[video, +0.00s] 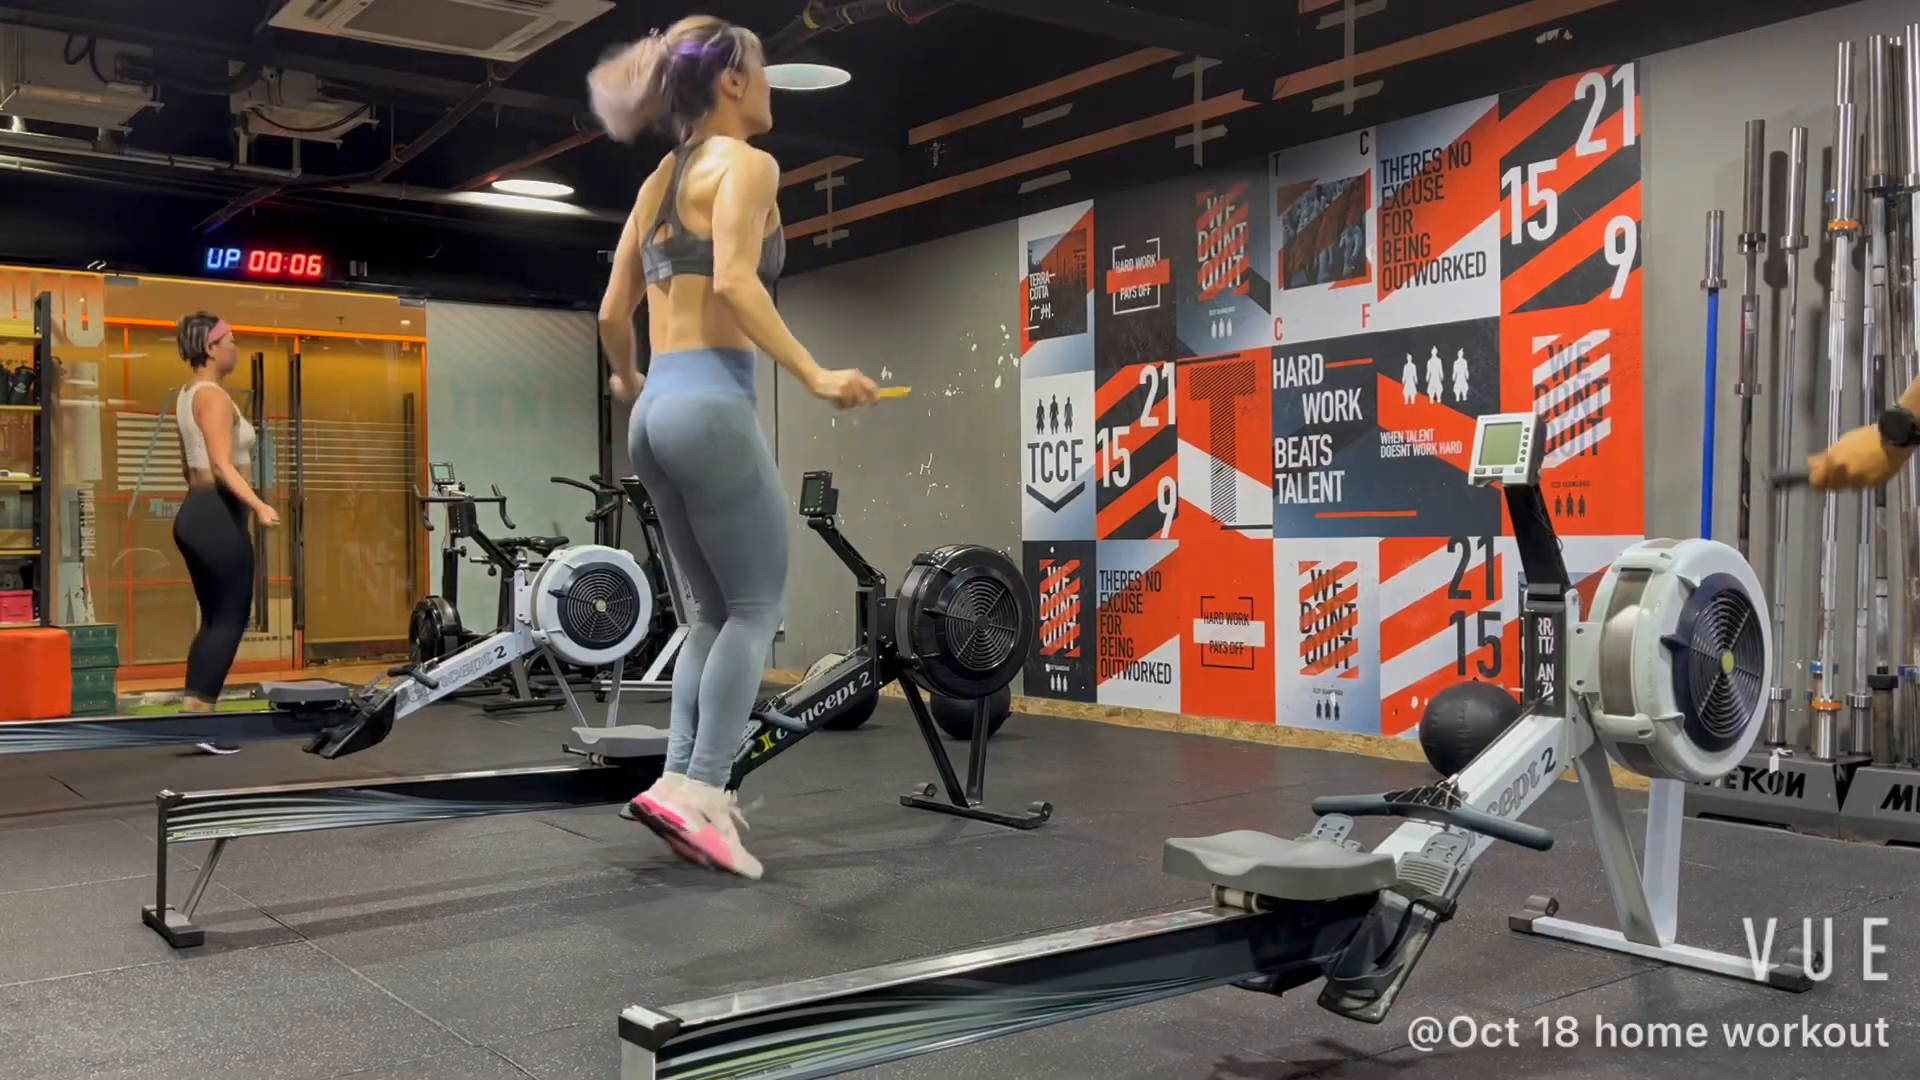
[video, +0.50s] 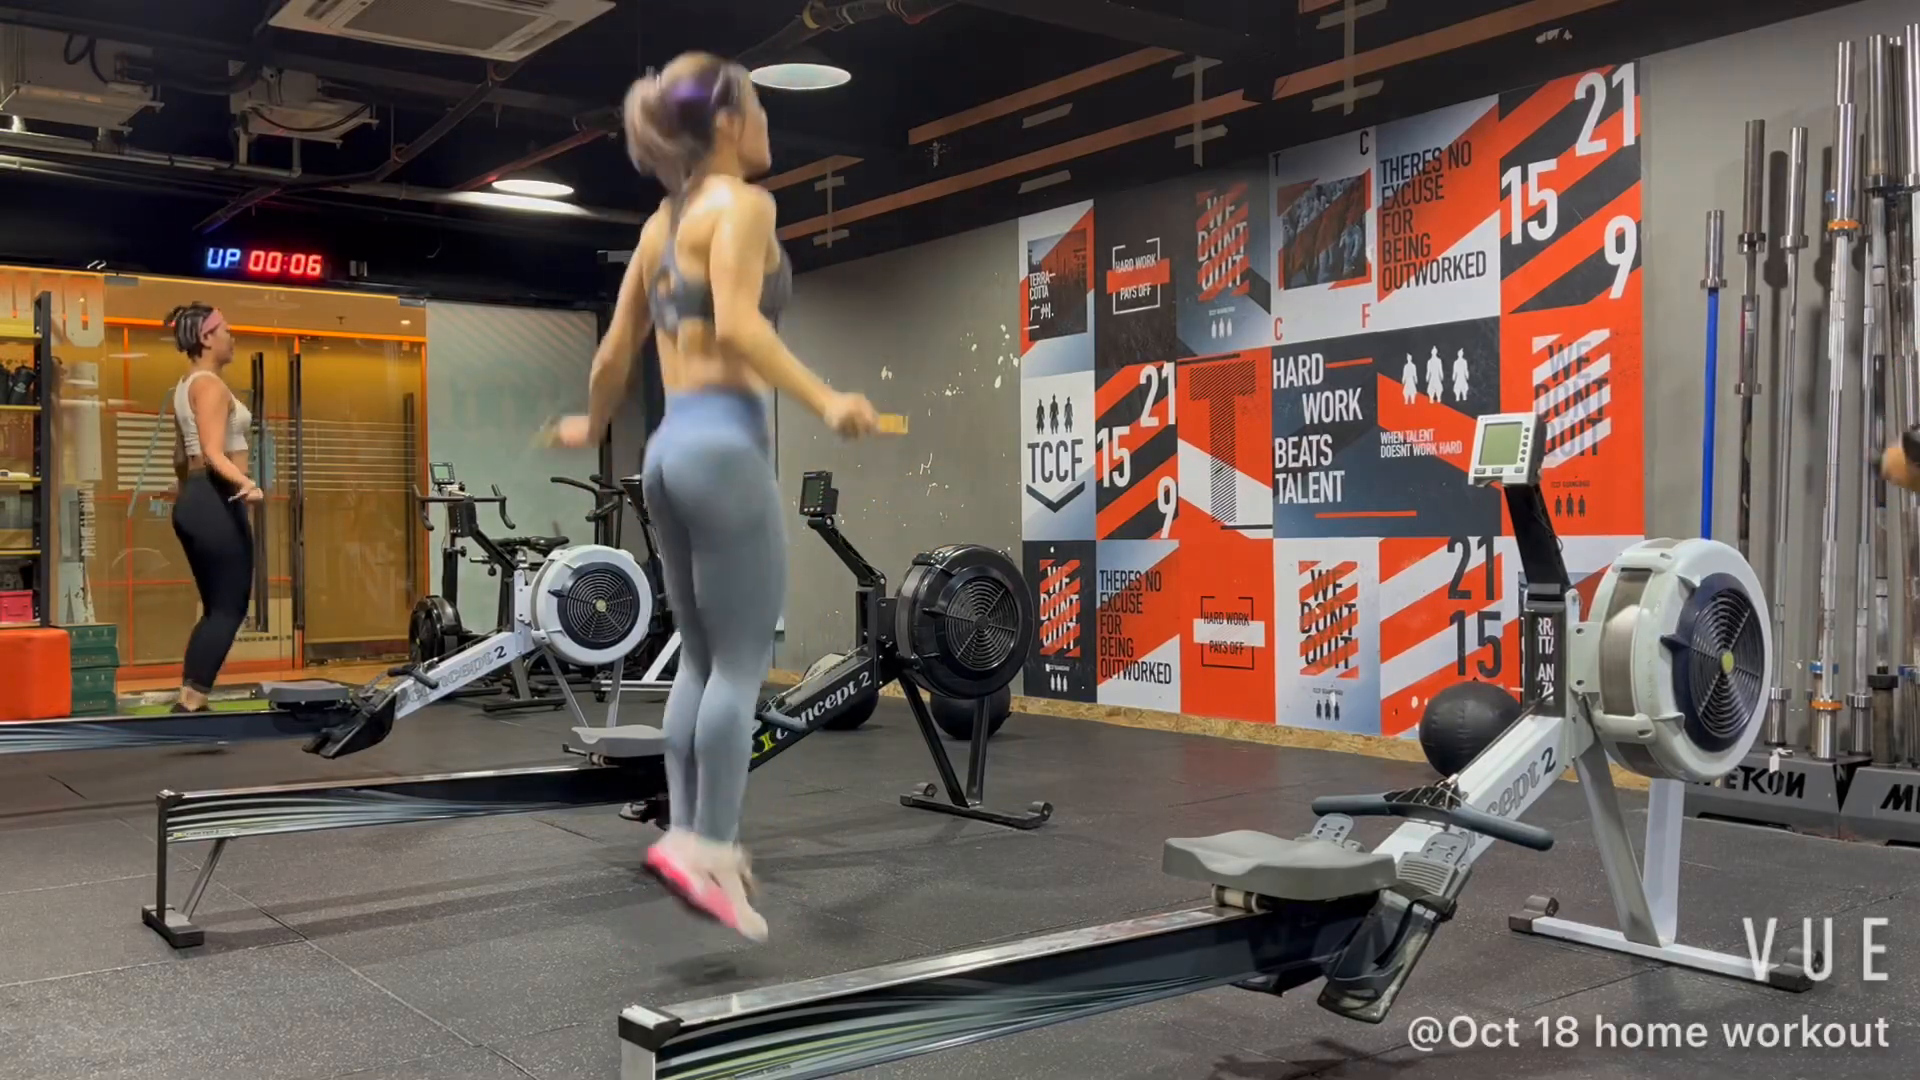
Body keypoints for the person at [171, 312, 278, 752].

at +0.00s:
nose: (236, 348)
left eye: (232, 340)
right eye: (229, 342)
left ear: (204, 350)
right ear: (210, 349)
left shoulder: (189, 395)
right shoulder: (212, 395)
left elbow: (196, 469)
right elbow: (221, 464)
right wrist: (259, 505)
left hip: (197, 512)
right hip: (216, 513)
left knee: (215, 617)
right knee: (232, 617)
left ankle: (196, 708)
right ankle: (200, 710)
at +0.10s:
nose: (234, 333)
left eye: (230, 327)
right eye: (227, 328)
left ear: (203, 338)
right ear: (209, 337)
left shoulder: (187, 386)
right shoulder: (213, 384)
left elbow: (186, 460)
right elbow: (215, 451)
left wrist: (209, 496)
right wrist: (250, 483)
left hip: (197, 496)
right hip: (216, 495)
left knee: (220, 605)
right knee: (232, 602)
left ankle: (202, 695)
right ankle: (204, 696)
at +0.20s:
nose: (236, 348)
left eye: (233, 339)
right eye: (231, 340)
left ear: (203, 348)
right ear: (212, 346)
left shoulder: (188, 396)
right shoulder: (213, 394)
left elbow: (193, 470)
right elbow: (219, 465)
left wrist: (243, 485)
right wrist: (264, 483)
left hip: (200, 512)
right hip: (219, 512)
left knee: (225, 615)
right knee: (241, 614)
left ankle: (205, 709)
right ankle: (209, 711)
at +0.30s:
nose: (237, 364)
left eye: (235, 356)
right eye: (231, 358)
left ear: (205, 365)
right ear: (214, 364)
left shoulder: (191, 411)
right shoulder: (214, 412)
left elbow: (205, 483)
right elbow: (225, 482)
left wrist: (252, 503)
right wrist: (276, 503)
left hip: (199, 526)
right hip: (219, 527)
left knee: (229, 629)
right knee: (246, 627)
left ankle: (203, 713)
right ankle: (206, 715)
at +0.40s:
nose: (234, 341)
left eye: (230, 334)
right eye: (227, 336)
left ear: (202, 346)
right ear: (209, 344)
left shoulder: (188, 391)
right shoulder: (212, 390)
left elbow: (189, 465)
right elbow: (219, 459)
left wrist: (226, 498)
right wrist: (251, 498)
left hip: (198, 502)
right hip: (217, 503)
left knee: (216, 613)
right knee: (228, 613)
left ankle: (205, 707)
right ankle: (211, 711)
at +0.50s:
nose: (232, 337)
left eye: (228, 330)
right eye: (225, 331)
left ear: (200, 340)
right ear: (208, 339)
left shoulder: (186, 387)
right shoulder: (210, 385)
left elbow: (181, 461)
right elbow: (212, 454)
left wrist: (199, 495)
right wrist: (247, 483)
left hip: (194, 496)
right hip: (212, 495)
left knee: (218, 606)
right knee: (230, 604)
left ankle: (191, 697)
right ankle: (193, 699)